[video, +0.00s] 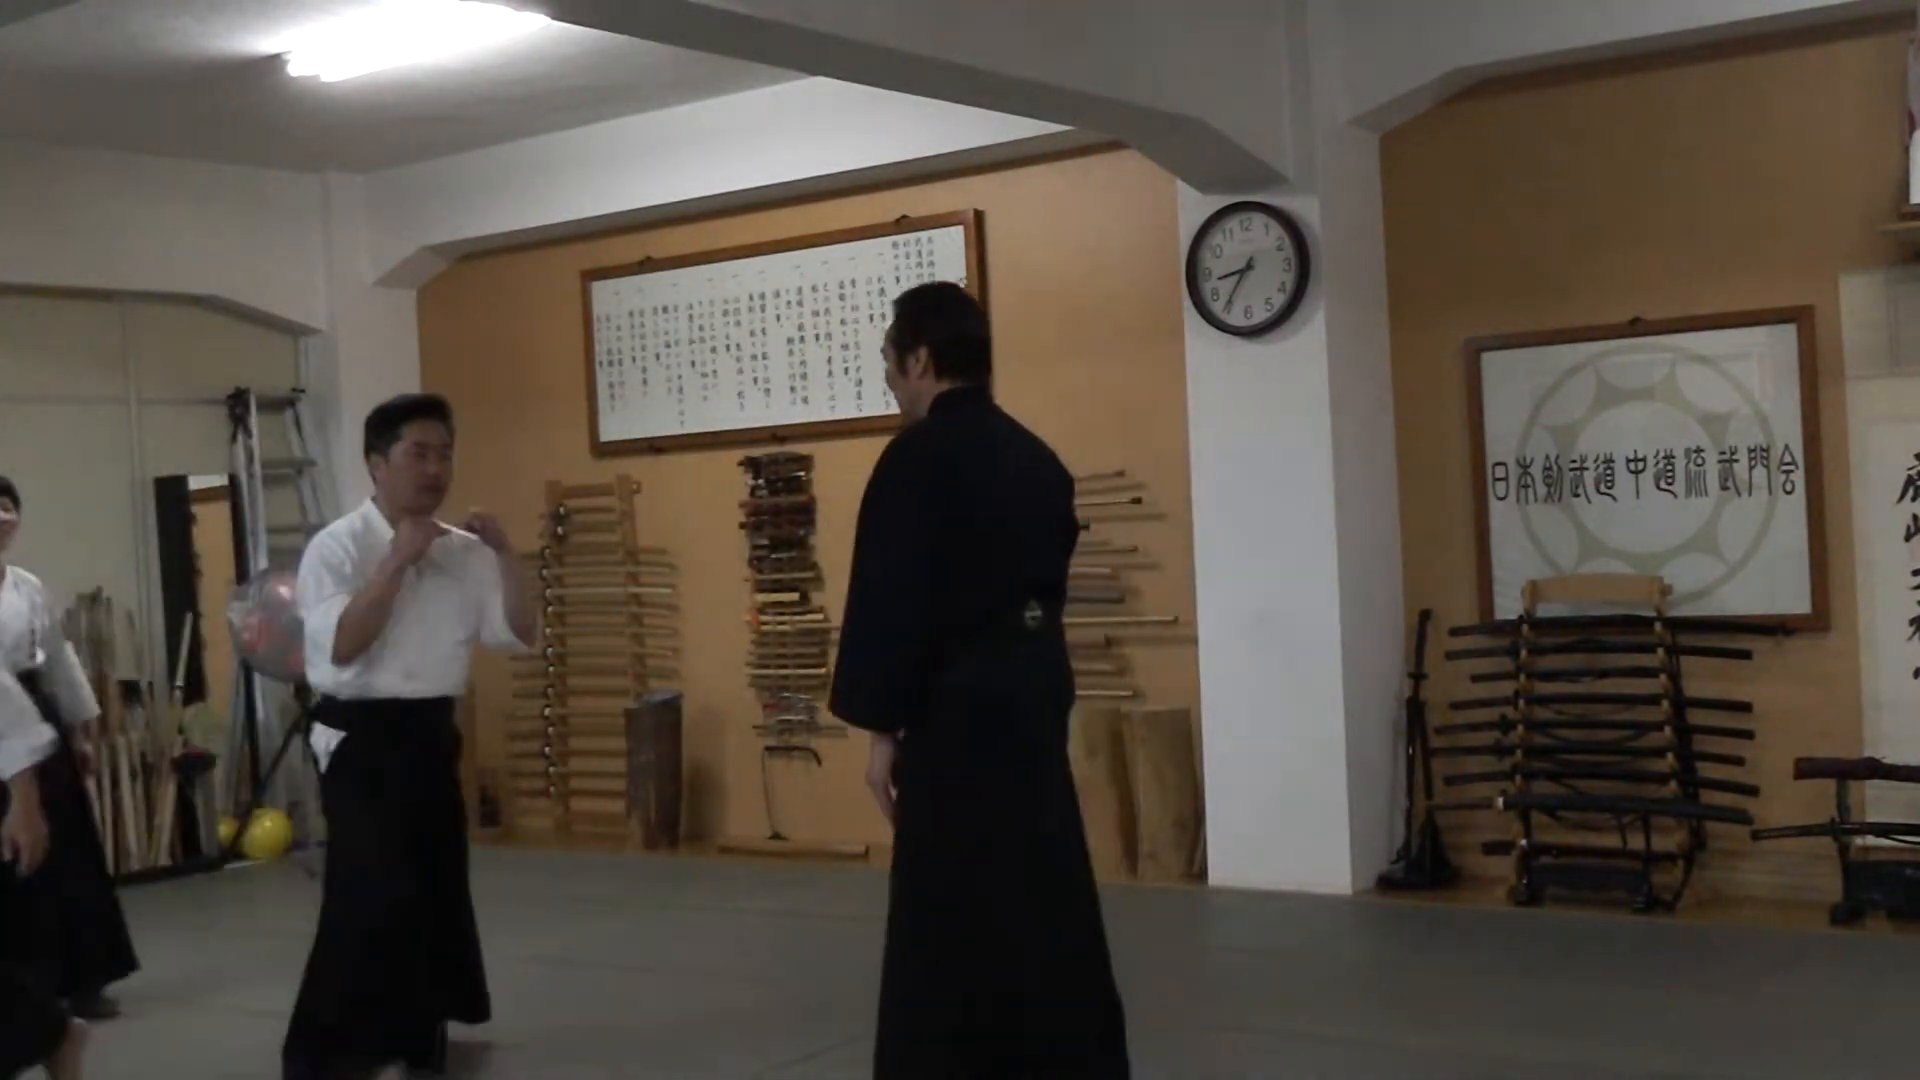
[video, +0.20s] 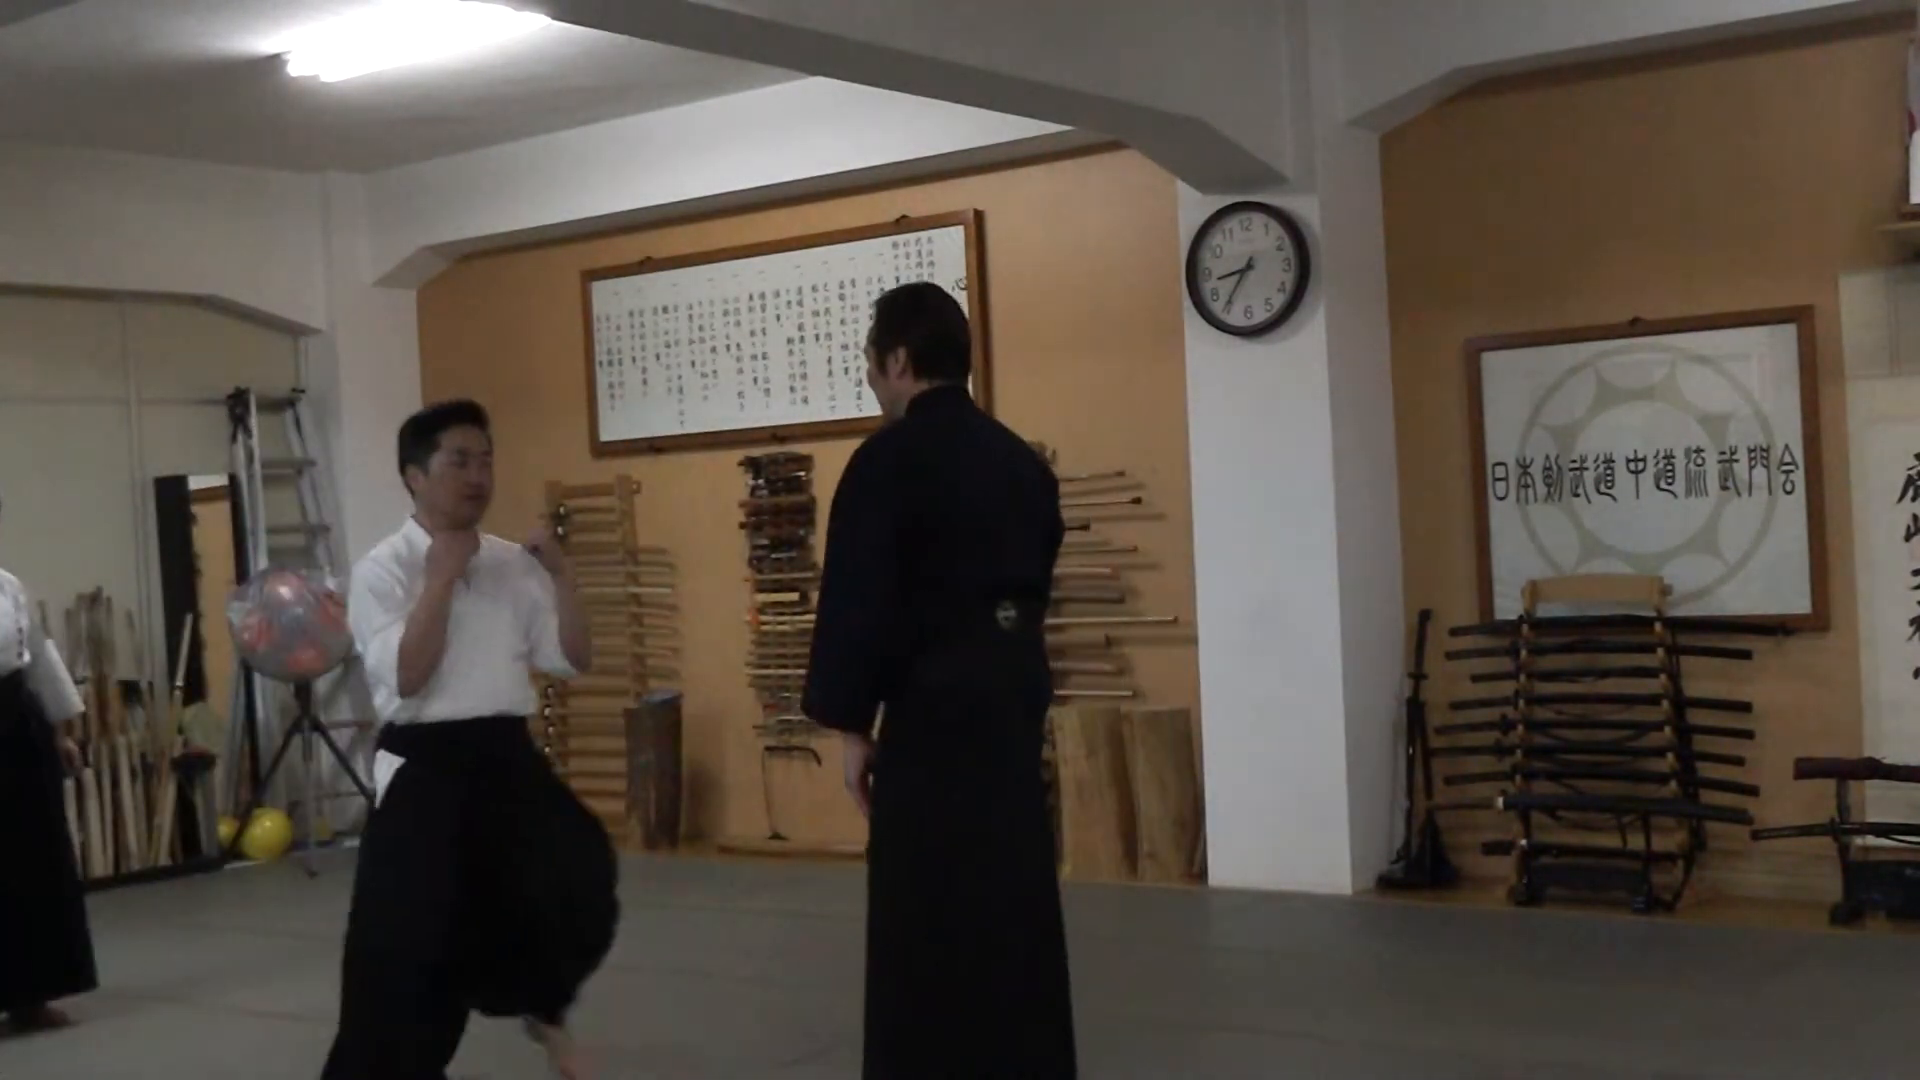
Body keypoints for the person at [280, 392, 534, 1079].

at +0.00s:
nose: (434, 469)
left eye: (443, 456)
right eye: (418, 454)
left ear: (453, 465)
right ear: (376, 464)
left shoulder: (464, 551)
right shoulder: (336, 547)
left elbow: (523, 632)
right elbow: (338, 645)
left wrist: (507, 554)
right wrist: (398, 560)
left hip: (430, 729)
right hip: (356, 732)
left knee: (432, 888)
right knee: (369, 894)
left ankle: (420, 1043)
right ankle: (321, 1057)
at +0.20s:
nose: (477, 475)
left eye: (485, 460)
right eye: (458, 460)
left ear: (494, 471)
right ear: (415, 476)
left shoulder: (514, 562)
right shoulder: (382, 569)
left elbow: (572, 657)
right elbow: (403, 676)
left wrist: (560, 570)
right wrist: (442, 578)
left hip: (511, 758)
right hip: (425, 767)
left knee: (584, 875)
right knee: (416, 931)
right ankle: (400, 1065)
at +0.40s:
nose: (600, 483)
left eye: (607, 469)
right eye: (581, 468)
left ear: (615, 479)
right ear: (532, 484)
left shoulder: (643, 565)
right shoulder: (482, 575)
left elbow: (731, 603)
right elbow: (459, 691)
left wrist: (743, 547)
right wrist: (526, 602)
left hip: (611, 789)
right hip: (511, 791)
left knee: (696, 966)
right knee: (449, 977)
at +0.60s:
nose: (720, 493)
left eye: (725, 474)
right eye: (704, 475)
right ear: (647, 475)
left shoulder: (729, 534)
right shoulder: (562, 550)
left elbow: (833, 509)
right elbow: (499, 662)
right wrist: (585, 648)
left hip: (672, 753)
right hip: (573, 759)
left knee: (723, 930)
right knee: (564, 953)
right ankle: (490, 1077)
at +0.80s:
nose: (568, 495)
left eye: (563, 497)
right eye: (550, 504)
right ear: (529, 545)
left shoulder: (663, 556)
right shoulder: (531, 572)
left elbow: (748, 552)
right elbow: (559, 616)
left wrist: (774, 499)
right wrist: (661, 566)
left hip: (726, 732)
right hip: (633, 739)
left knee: (790, 914)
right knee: (645, 929)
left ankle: (793, 1069)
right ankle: (631, 1071)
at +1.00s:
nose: (562, 642)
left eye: (563, 639)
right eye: (542, 646)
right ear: (520, 673)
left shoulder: (666, 684)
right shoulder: (526, 710)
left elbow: (743, 655)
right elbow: (570, 667)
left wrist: (685, 588)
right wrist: (621, 587)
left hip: (717, 813)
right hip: (630, 829)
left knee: (834, 899)